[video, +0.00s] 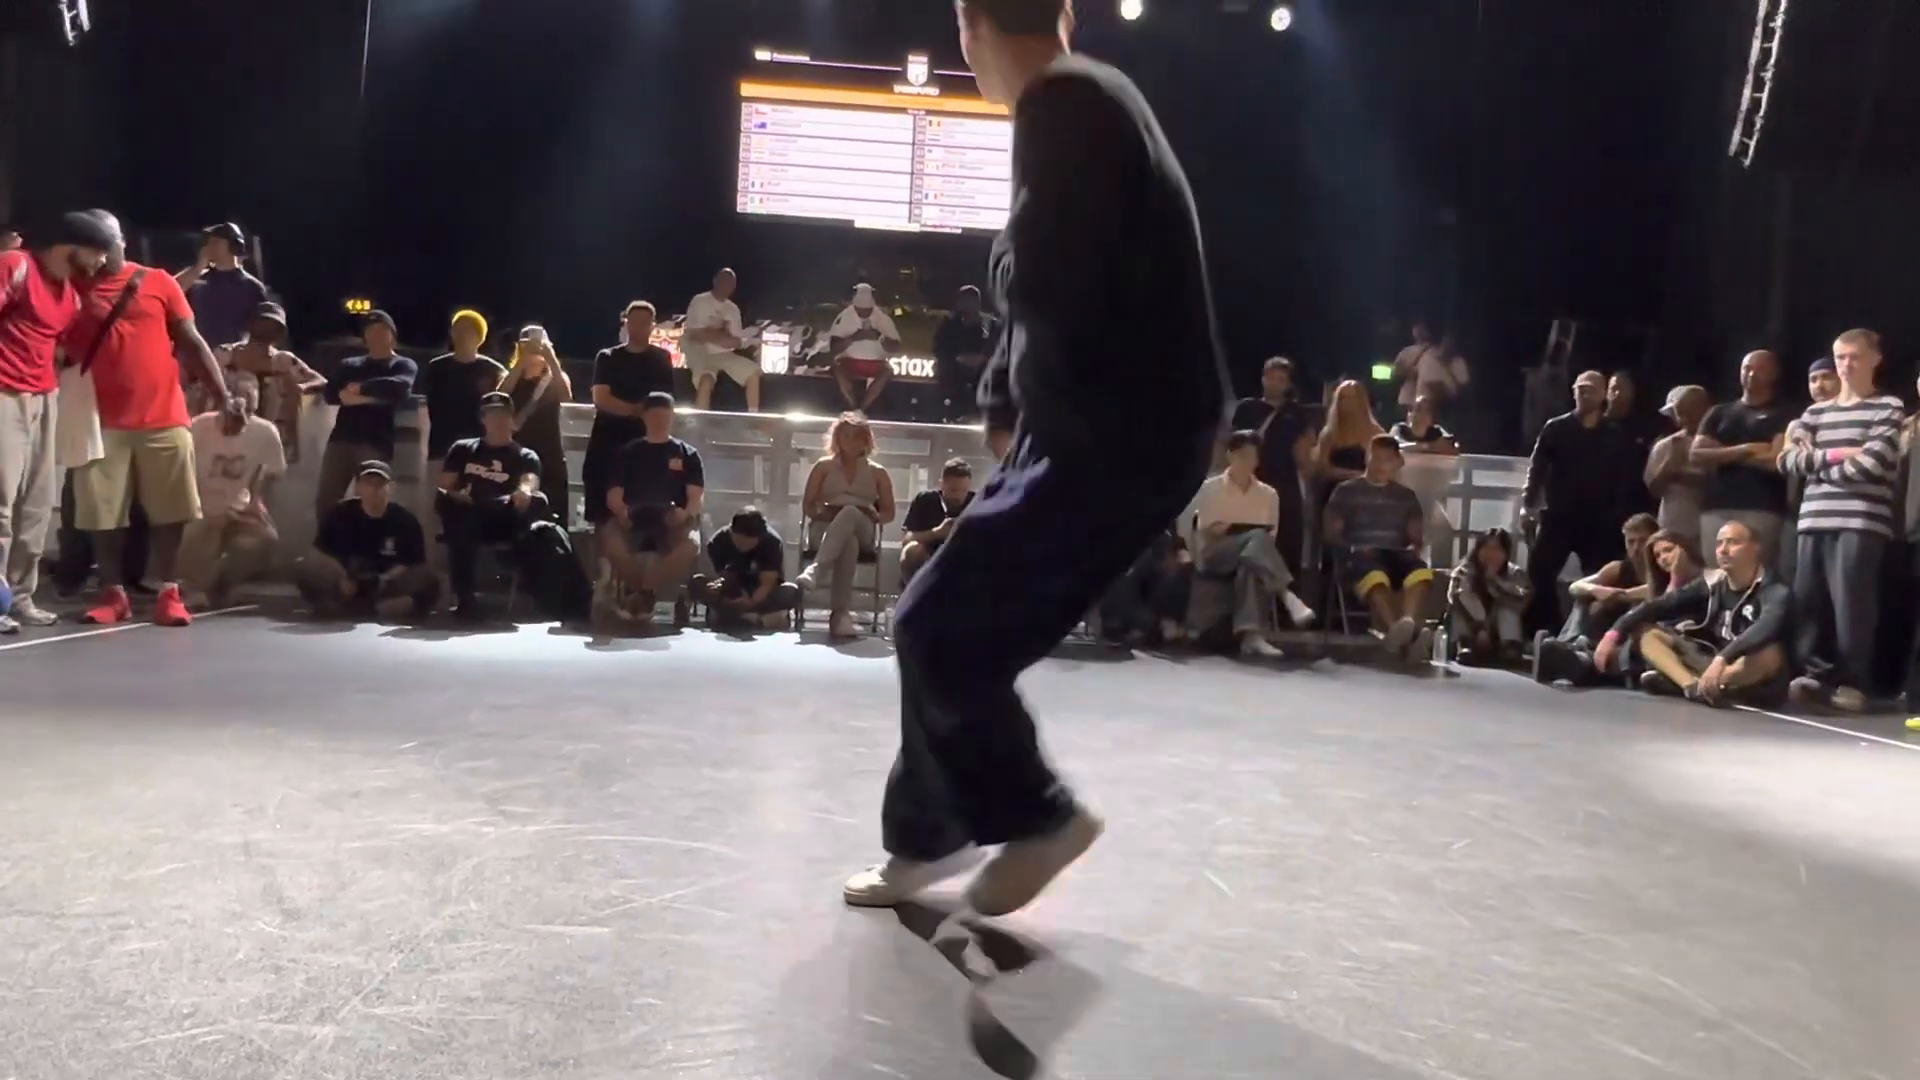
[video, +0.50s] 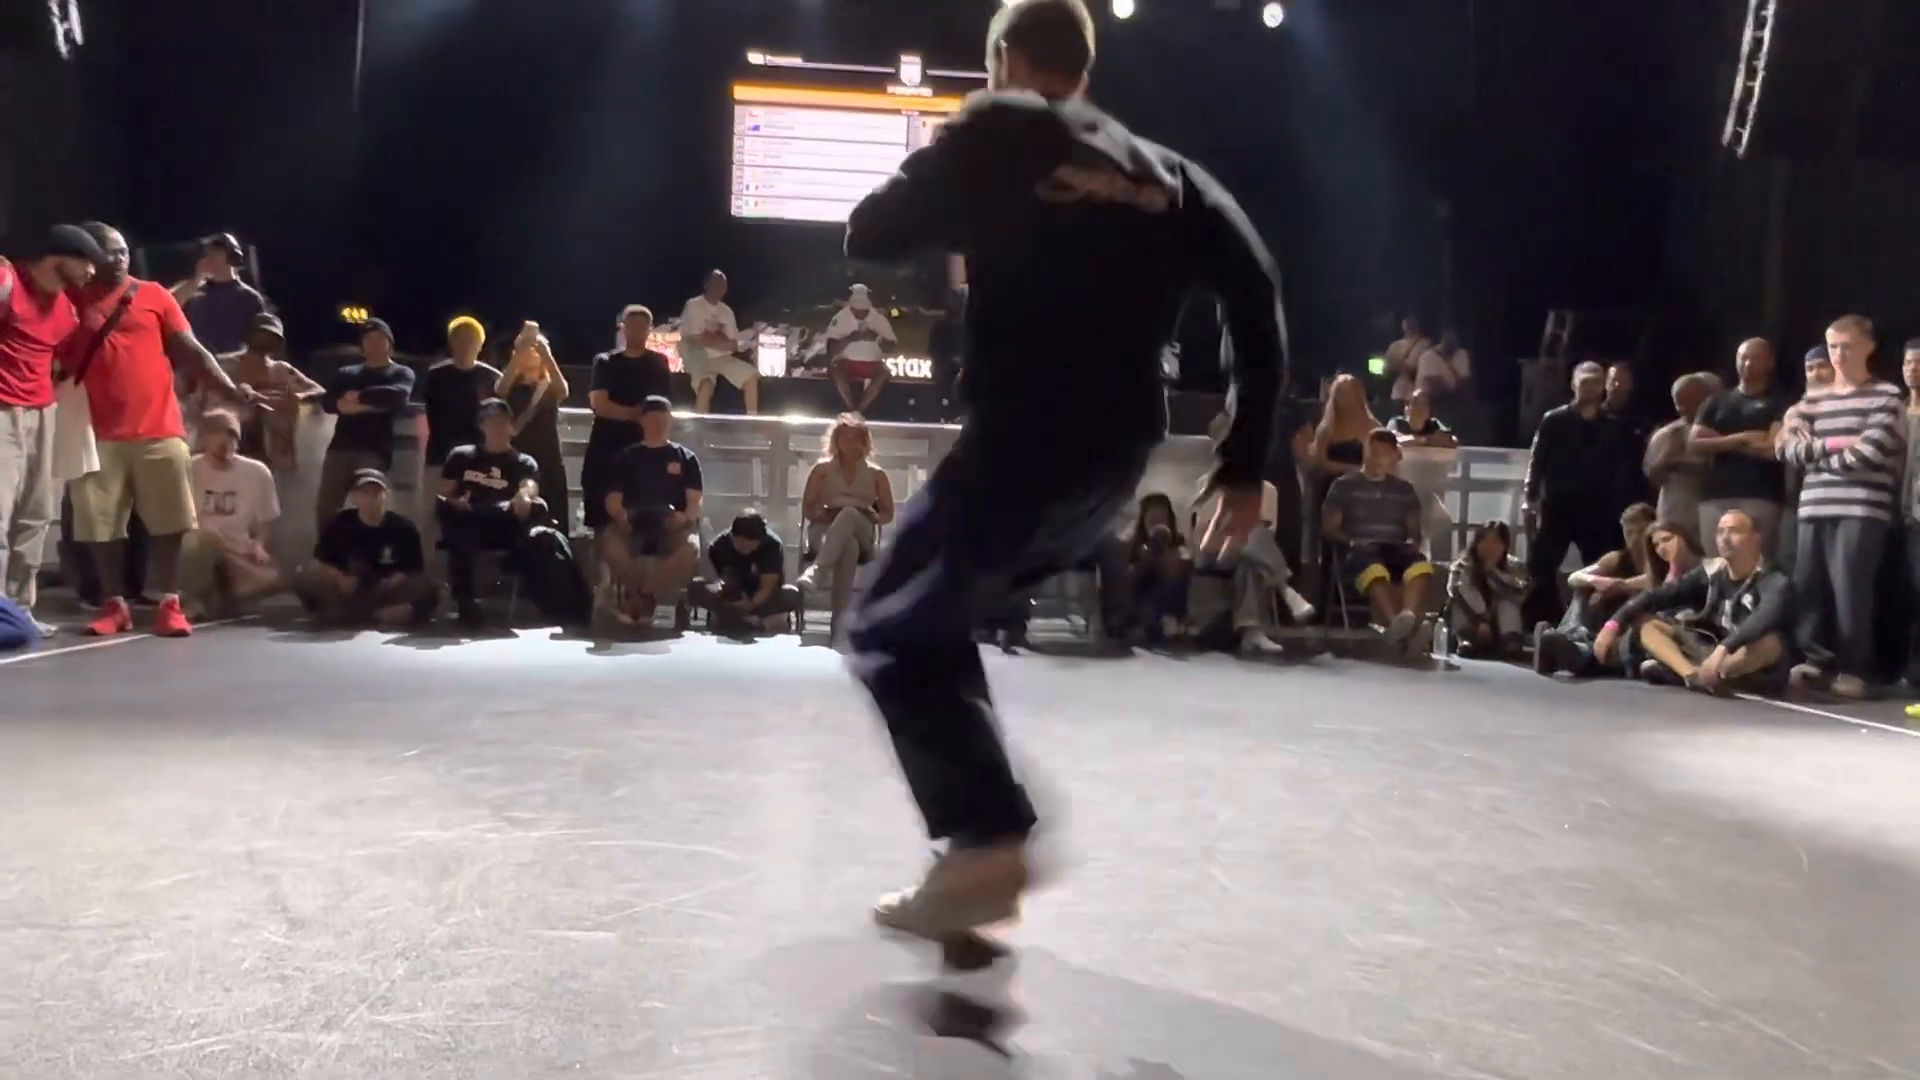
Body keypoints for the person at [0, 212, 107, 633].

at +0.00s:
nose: (94, 267)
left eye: (98, 260)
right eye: (90, 258)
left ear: (73, 253)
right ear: (65, 246)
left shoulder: (71, 295)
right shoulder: (16, 267)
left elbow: (60, 348)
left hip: (44, 398)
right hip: (8, 396)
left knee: (38, 503)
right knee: (6, 502)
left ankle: (21, 597)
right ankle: (3, 599)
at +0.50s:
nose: (77, 284)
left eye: (80, 278)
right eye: (73, 275)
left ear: (63, 266)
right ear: (53, 259)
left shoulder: (66, 306)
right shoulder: (9, 283)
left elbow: (64, 359)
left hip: (43, 410)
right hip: (6, 410)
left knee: (37, 512)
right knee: (4, 510)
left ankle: (21, 607)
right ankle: (3, 606)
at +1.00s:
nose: (68, 299)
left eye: (73, 292)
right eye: (64, 289)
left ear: (68, 284)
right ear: (43, 275)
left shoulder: (66, 323)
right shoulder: (8, 301)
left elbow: (64, 379)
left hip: (46, 425)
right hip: (7, 426)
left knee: (44, 526)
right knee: (9, 523)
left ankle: (30, 620)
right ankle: (13, 620)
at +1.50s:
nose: (74, 275)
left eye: (74, 268)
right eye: (67, 268)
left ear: (48, 271)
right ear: (41, 268)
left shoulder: (62, 318)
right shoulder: (7, 304)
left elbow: (64, 372)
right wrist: (3, 403)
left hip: (52, 424)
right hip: (10, 426)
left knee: (47, 525)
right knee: (7, 524)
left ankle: (33, 622)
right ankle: (8, 621)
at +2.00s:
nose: (69, 264)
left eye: (68, 257)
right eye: (64, 258)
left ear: (42, 260)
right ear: (45, 260)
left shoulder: (52, 308)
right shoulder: (9, 296)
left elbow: (43, 364)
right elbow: (4, 363)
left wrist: (63, 400)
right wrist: (28, 390)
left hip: (48, 419)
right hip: (16, 421)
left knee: (50, 520)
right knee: (17, 518)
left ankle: (40, 619)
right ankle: (15, 617)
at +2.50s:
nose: (78, 256)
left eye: (77, 249)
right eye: (73, 249)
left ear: (50, 251)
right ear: (55, 251)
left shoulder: (59, 297)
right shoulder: (15, 286)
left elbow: (49, 353)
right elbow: (2, 352)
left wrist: (69, 387)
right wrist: (38, 381)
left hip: (54, 409)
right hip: (21, 411)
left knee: (56, 510)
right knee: (24, 508)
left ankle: (48, 610)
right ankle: (22, 608)